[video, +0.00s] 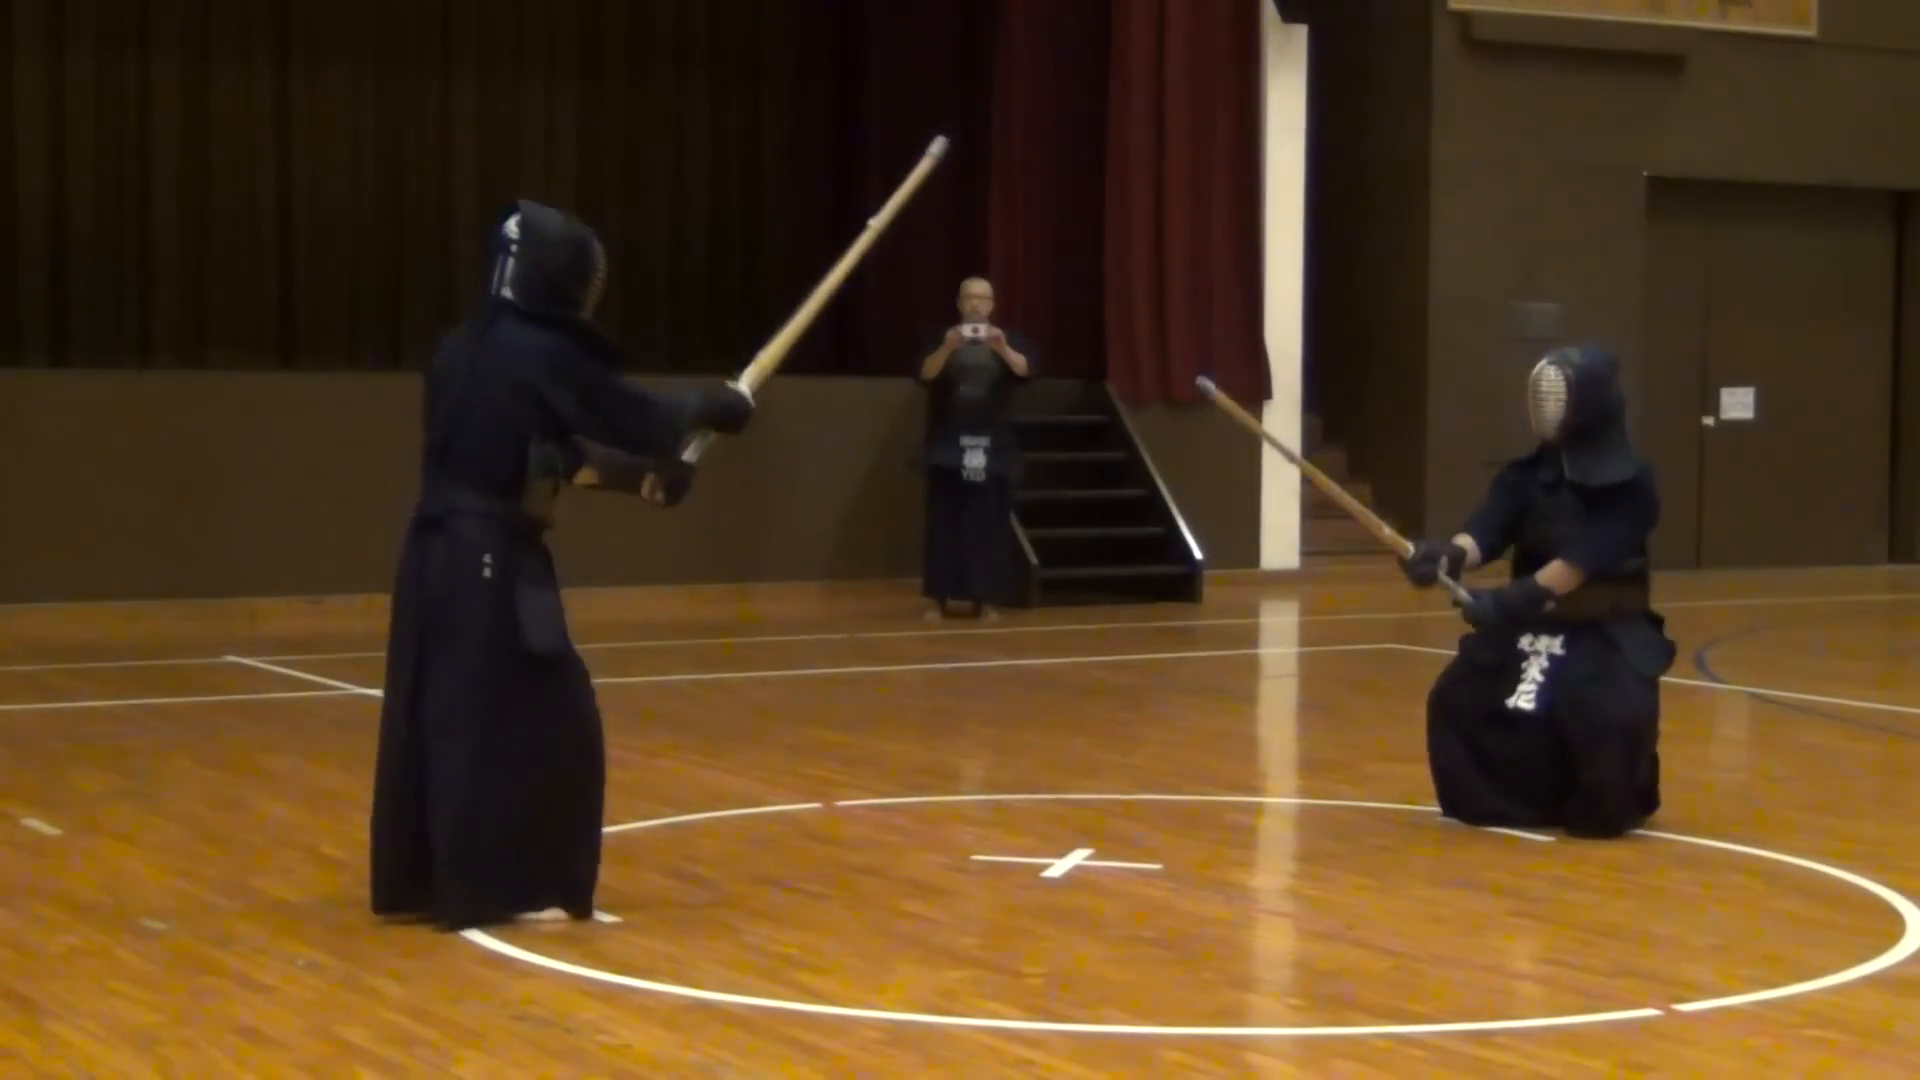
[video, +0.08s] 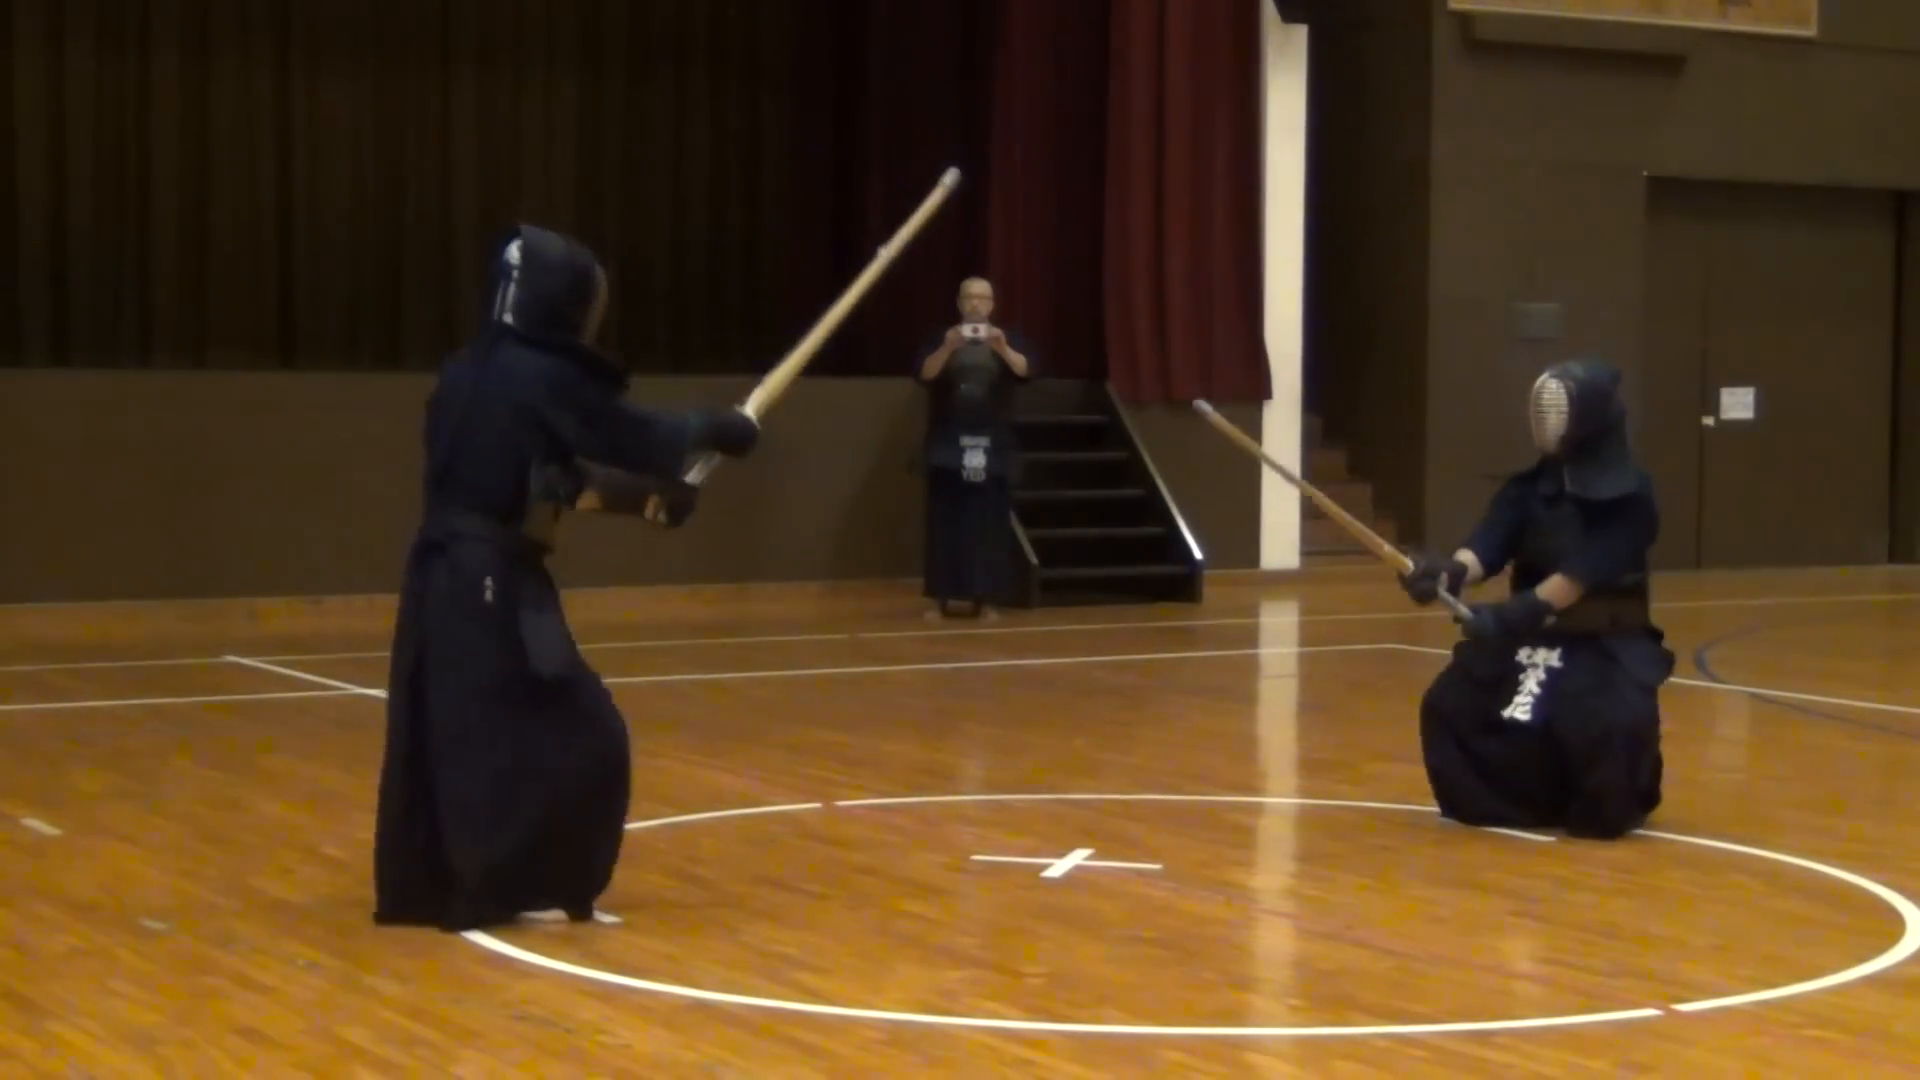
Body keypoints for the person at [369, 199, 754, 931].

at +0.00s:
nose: (595, 292)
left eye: (593, 278)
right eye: (590, 279)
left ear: (516, 275)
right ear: (567, 283)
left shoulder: (462, 347)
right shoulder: (556, 353)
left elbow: (545, 450)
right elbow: (639, 420)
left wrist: (639, 476)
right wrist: (714, 406)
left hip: (433, 555)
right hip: (496, 563)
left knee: (443, 711)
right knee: (554, 714)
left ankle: (427, 882)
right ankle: (519, 886)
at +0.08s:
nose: (597, 315)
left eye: (596, 301)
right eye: (591, 302)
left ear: (521, 300)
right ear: (565, 307)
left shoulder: (467, 370)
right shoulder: (553, 379)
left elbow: (544, 478)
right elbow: (633, 437)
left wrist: (643, 498)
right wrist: (714, 426)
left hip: (437, 582)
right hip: (497, 589)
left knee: (462, 730)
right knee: (590, 731)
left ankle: (456, 889)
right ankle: (540, 886)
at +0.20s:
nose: (595, 367)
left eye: (594, 352)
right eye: (589, 353)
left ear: (518, 350)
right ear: (561, 358)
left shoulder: (468, 426)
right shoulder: (555, 431)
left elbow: (539, 525)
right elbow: (641, 488)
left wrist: (635, 543)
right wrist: (718, 477)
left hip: (437, 628)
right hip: (498, 638)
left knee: (459, 751)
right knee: (629, 752)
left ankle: (457, 889)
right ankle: (567, 884)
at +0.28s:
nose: (583, 402)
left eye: (581, 388)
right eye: (577, 388)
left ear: (504, 387)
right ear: (558, 394)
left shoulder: (465, 466)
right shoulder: (555, 467)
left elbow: (547, 558)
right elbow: (637, 523)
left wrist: (643, 573)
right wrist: (714, 511)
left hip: (440, 670)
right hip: (501, 679)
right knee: (645, 769)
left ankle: (436, 880)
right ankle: (561, 893)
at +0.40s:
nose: (578, 450)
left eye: (574, 437)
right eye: (572, 438)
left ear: (499, 439)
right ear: (560, 445)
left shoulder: (468, 517)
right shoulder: (559, 514)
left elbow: (556, 604)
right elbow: (646, 572)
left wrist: (650, 619)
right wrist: (719, 551)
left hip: (443, 729)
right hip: (510, 739)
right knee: (666, 788)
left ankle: (433, 859)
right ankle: (542, 888)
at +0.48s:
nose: (579, 482)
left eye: (575, 469)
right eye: (571, 470)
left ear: (498, 471)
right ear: (558, 476)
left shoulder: (467, 549)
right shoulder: (557, 540)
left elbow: (555, 633)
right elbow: (643, 595)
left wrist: (653, 646)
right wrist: (724, 571)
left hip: (447, 761)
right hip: (511, 769)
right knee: (670, 800)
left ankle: (445, 856)